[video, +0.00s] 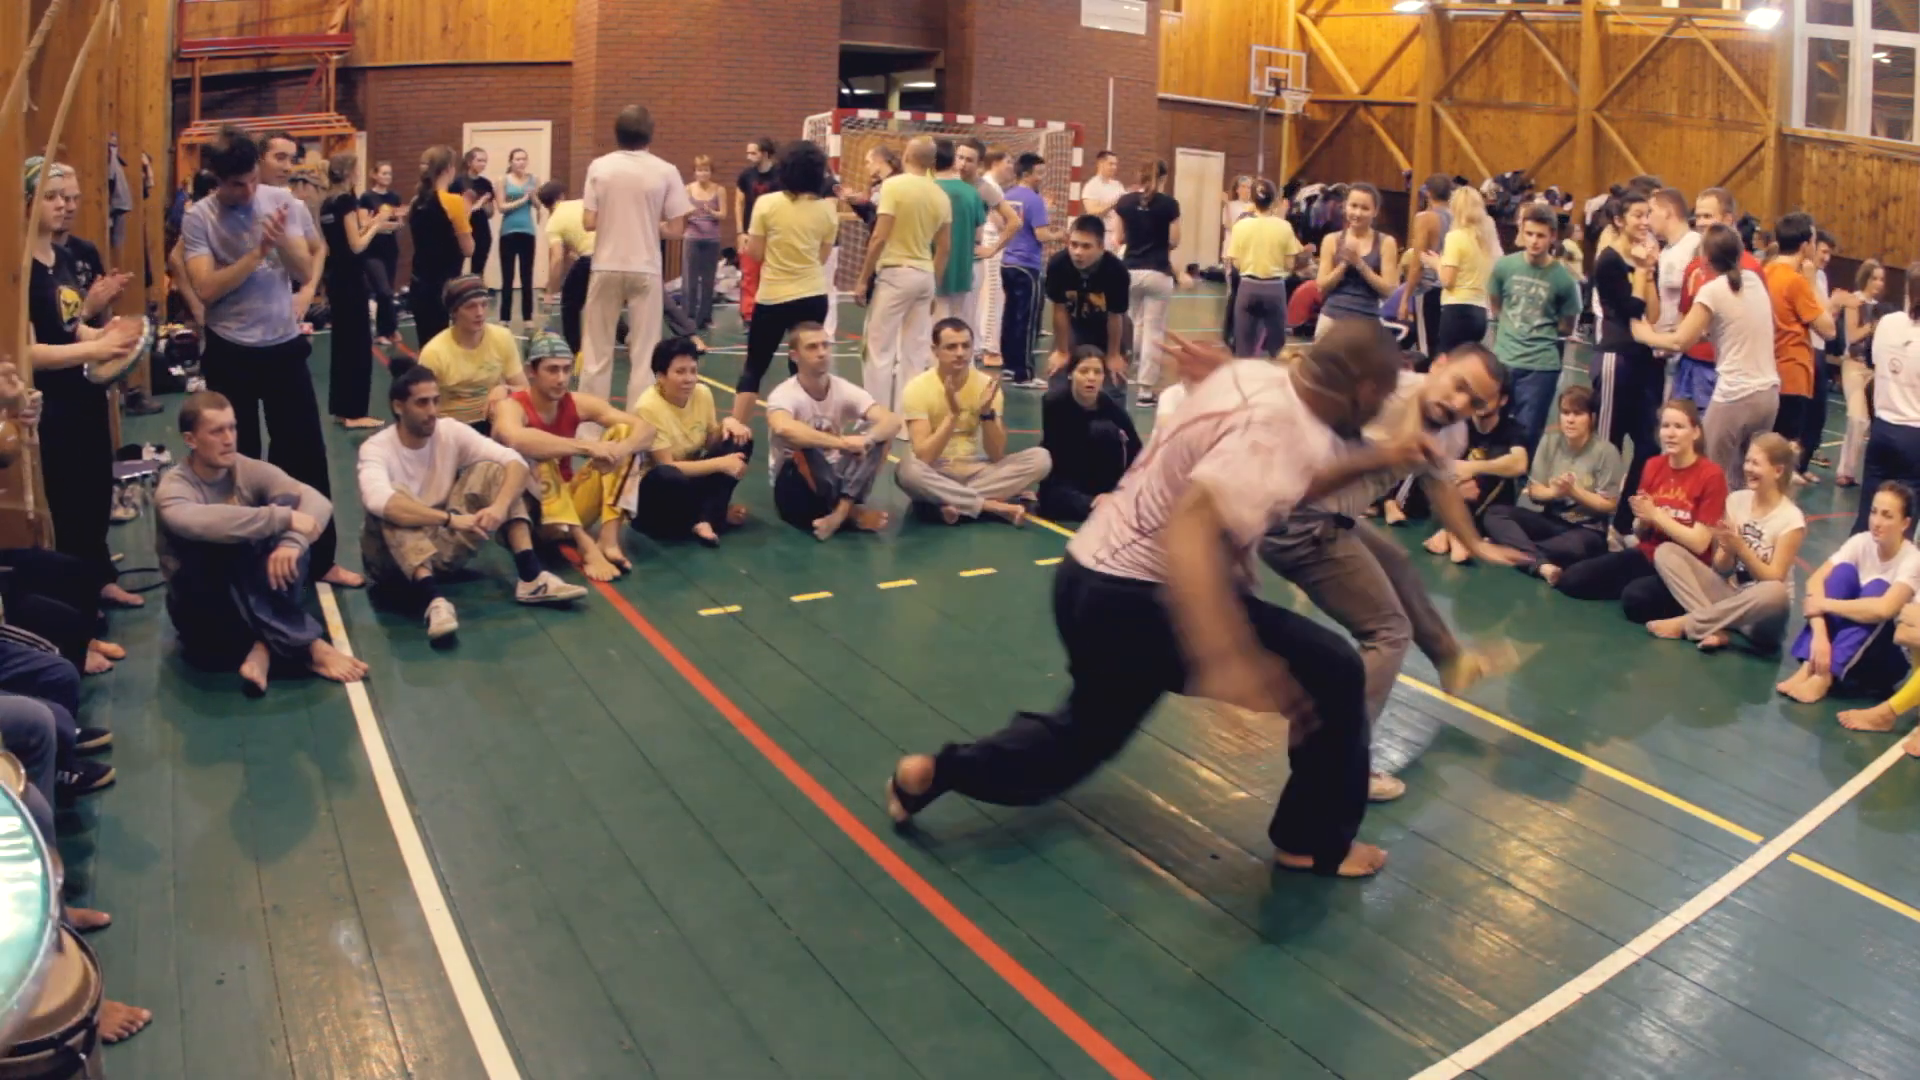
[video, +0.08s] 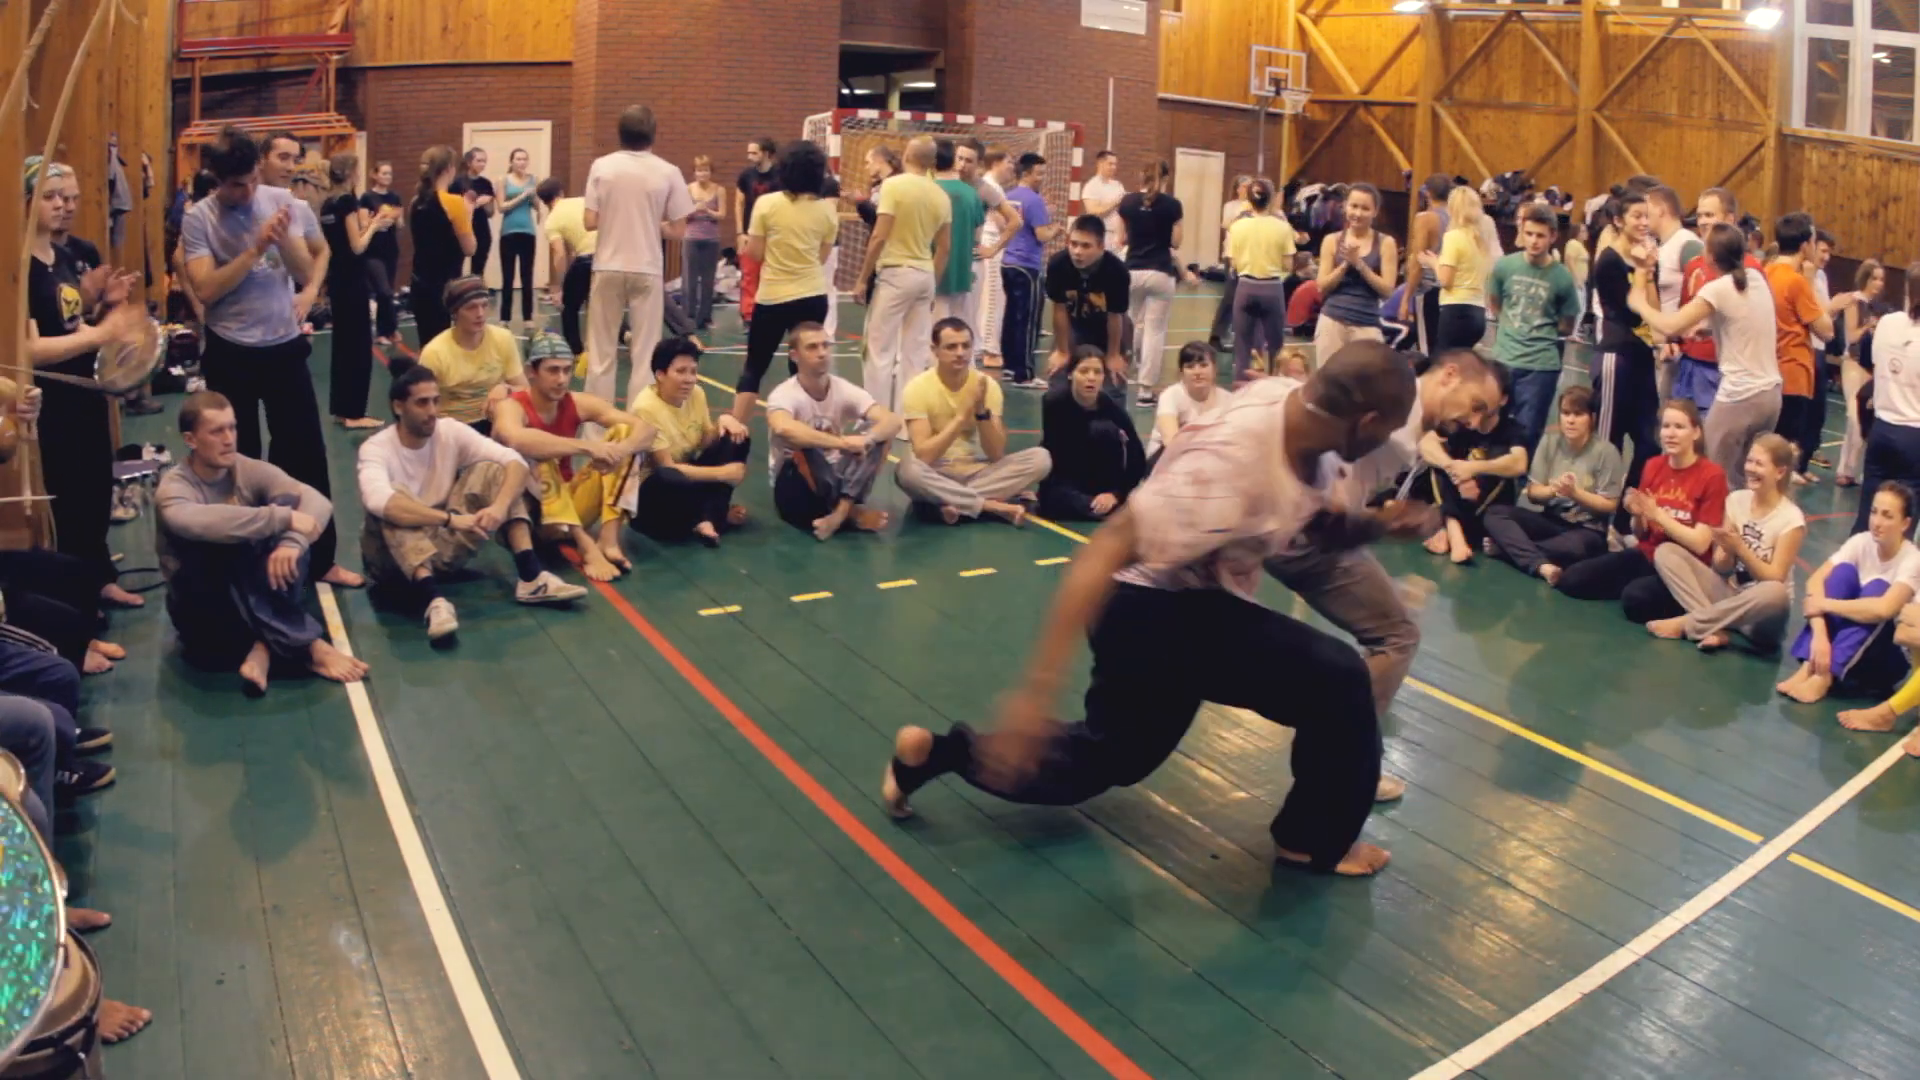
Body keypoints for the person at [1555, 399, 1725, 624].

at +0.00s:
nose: (1670, 433)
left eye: (1679, 426)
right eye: (1665, 426)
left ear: (1696, 432)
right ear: (1658, 430)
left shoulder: (1711, 475)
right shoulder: (1653, 465)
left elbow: (1699, 543)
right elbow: (1639, 530)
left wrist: (1654, 514)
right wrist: (1644, 517)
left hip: (1684, 566)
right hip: (1647, 555)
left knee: (1635, 600)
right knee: (1571, 581)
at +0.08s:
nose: (1670, 433)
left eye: (1679, 427)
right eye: (1666, 426)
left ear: (1696, 433)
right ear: (1659, 431)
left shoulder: (1712, 475)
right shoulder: (1653, 465)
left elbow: (1700, 544)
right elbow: (1640, 534)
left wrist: (1656, 514)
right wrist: (1638, 514)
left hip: (1684, 565)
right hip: (1647, 554)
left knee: (1635, 601)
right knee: (1571, 582)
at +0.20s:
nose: (1671, 434)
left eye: (1680, 427)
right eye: (1666, 426)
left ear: (1696, 433)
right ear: (1659, 431)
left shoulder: (1712, 477)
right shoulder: (1653, 466)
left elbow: (1701, 544)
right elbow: (1642, 531)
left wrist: (1662, 516)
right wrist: (1632, 511)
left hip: (1682, 566)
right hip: (1647, 555)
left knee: (1635, 601)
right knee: (1570, 581)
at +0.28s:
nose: (1670, 434)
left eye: (1679, 427)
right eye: (1665, 426)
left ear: (1696, 433)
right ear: (1659, 430)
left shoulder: (1712, 477)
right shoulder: (1653, 465)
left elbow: (1698, 544)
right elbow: (1640, 530)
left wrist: (1654, 516)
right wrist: (1642, 520)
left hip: (1682, 566)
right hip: (1646, 555)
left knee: (1635, 601)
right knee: (1570, 582)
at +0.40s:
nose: (1668, 434)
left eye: (1677, 427)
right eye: (1664, 426)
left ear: (1695, 433)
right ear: (1657, 430)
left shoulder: (1711, 477)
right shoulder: (1653, 466)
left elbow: (1700, 544)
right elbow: (1641, 534)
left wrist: (1656, 517)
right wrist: (1637, 519)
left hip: (1683, 566)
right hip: (1647, 555)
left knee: (1635, 601)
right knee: (1571, 581)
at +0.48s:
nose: (1667, 434)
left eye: (1676, 427)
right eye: (1663, 426)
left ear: (1695, 433)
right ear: (1656, 431)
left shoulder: (1711, 476)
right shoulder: (1653, 466)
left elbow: (1700, 544)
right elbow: (1642, 533)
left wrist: (1658, 517)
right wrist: (1635, 518)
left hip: (1682, 566)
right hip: (1647, 555)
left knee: (1635, 600)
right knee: (1570, 582)